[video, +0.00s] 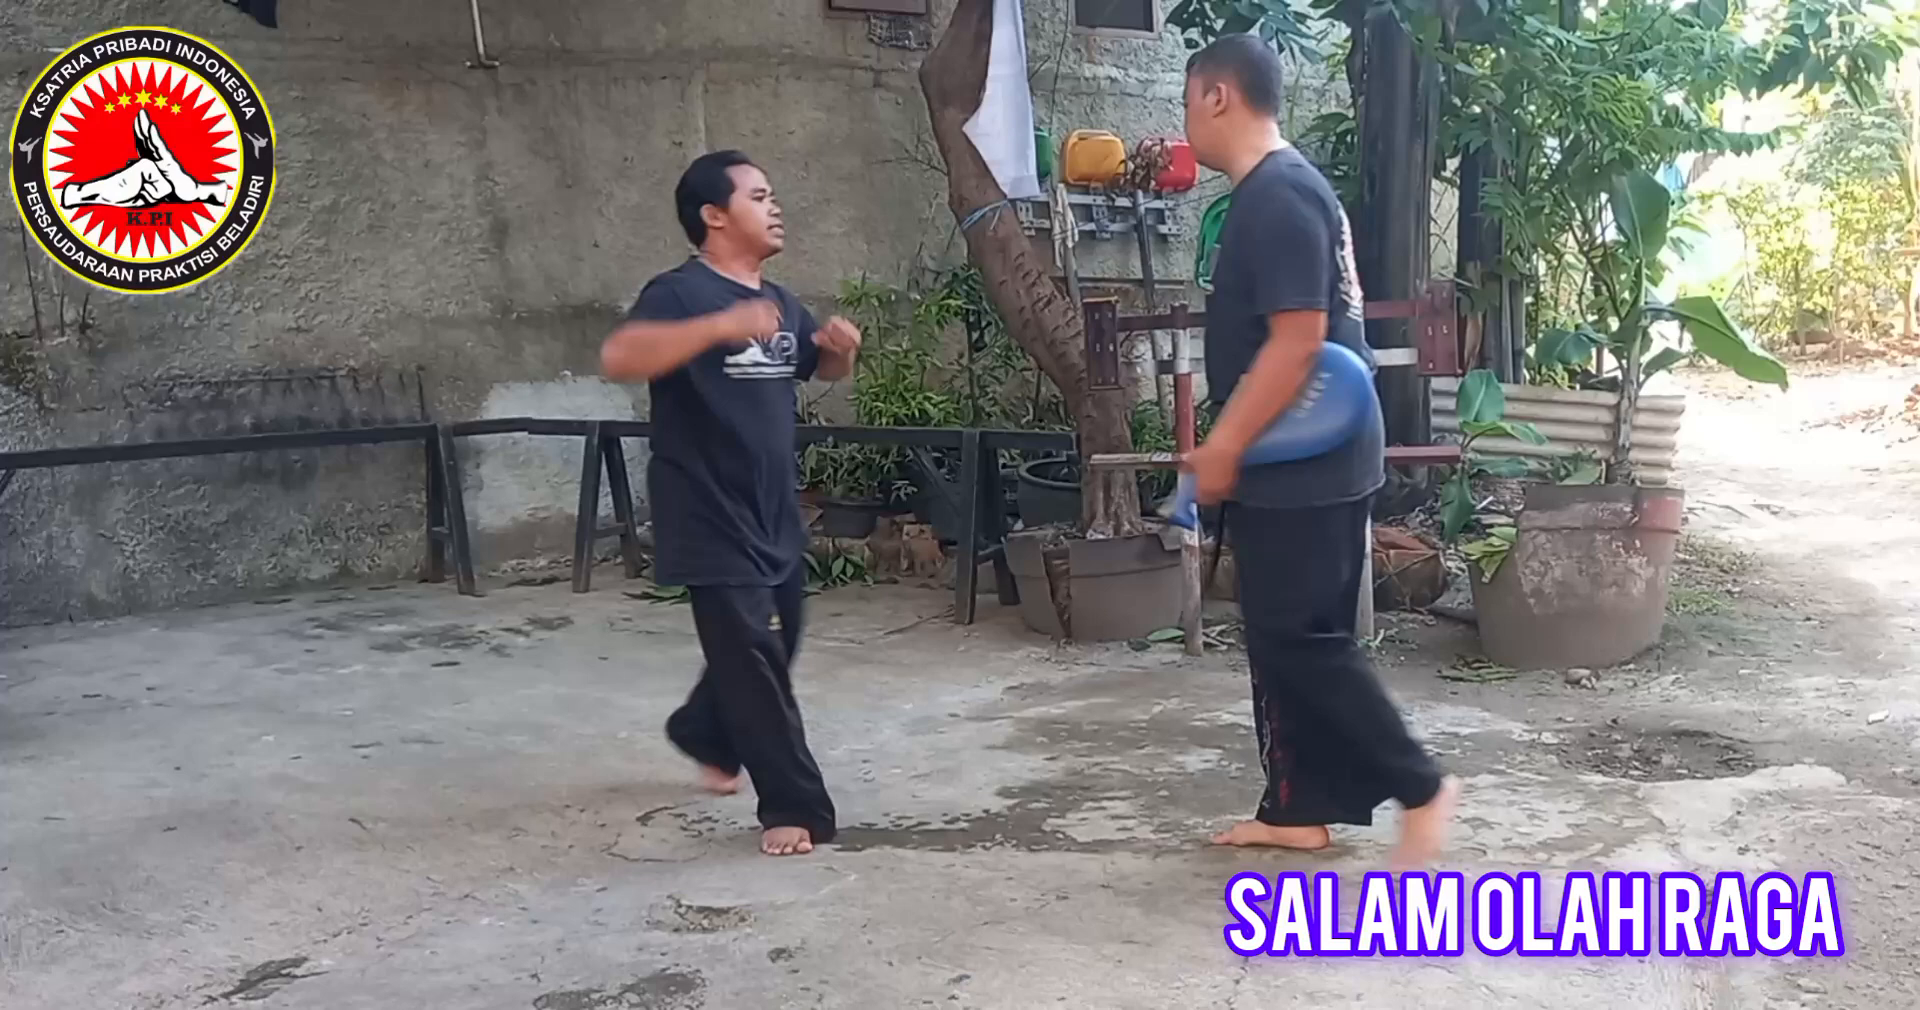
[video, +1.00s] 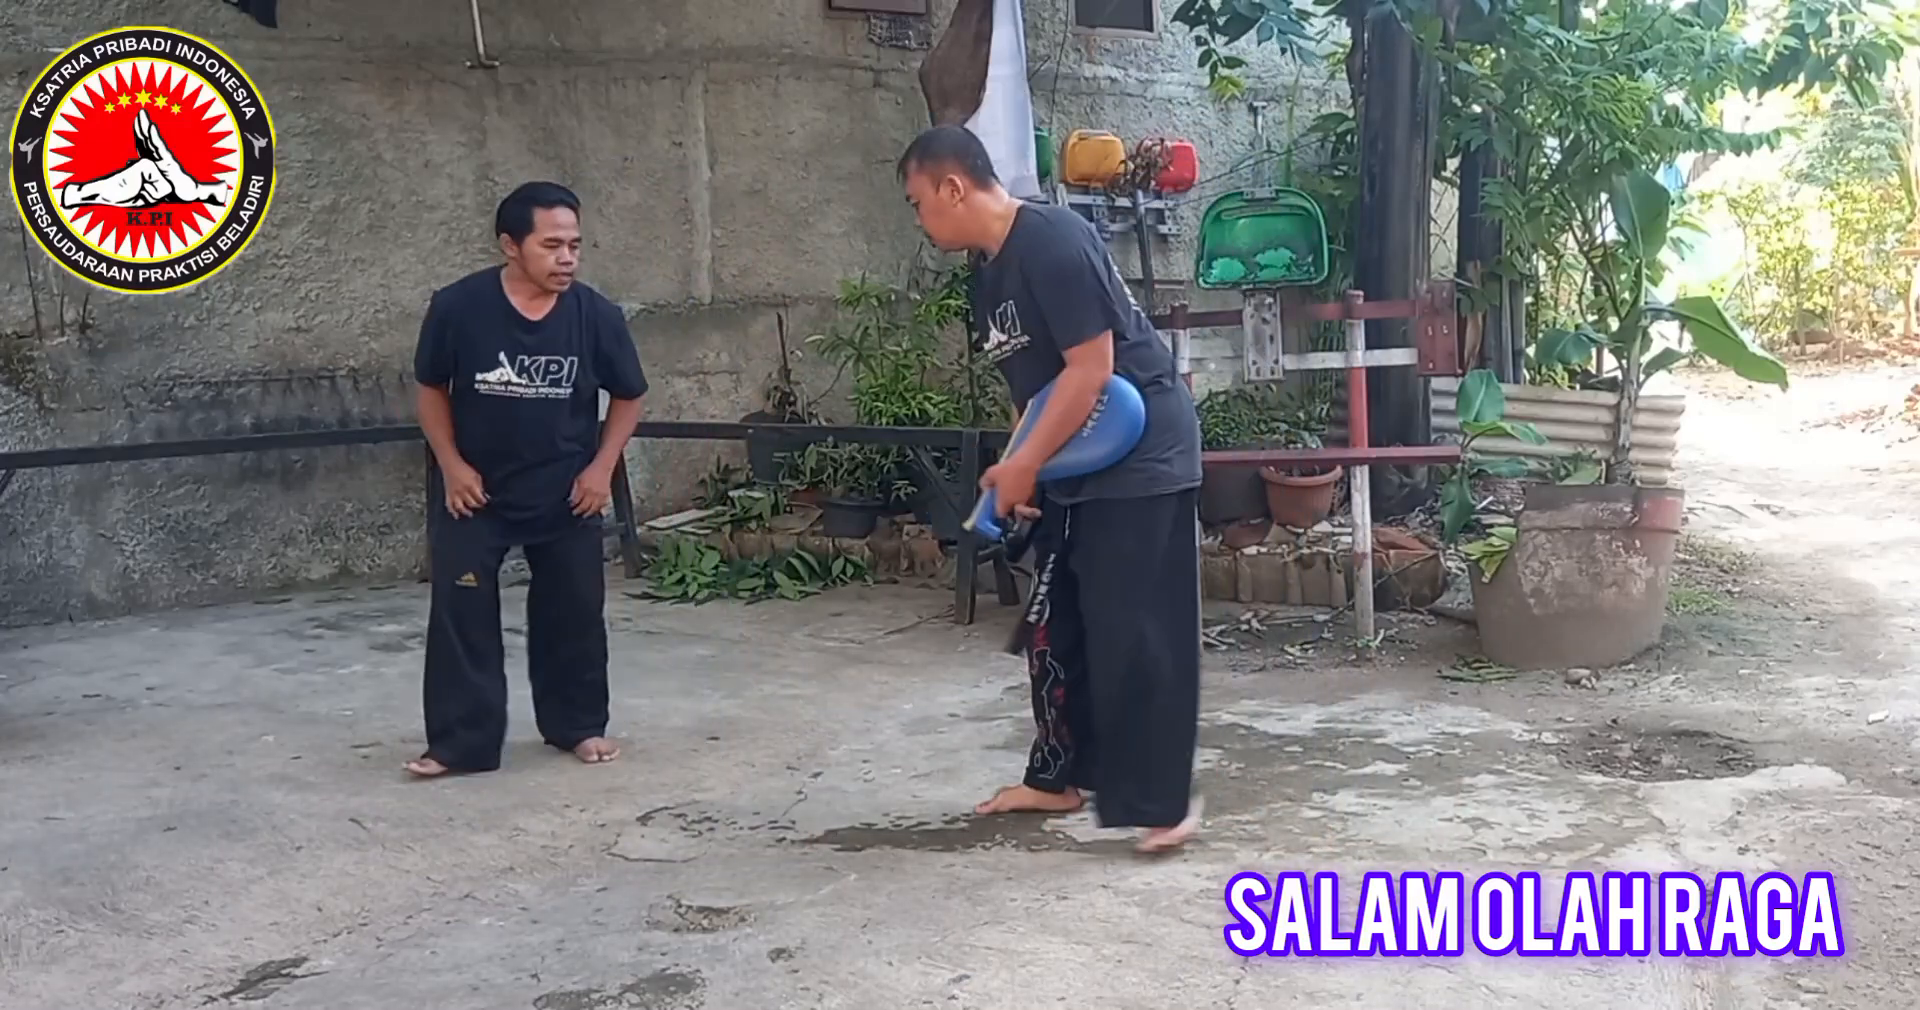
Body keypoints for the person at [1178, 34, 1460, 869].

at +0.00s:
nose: (1184, 124)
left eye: (1187, 105)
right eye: (1184, 106)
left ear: (1218, 97)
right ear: (1251, 97)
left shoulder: (1276, 194)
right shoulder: (1288, 185)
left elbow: (1297, 338)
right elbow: (1317, 328)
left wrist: (1222, 445)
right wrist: (1235, 437)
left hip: (1302, 468)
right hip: (1289, 466)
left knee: (1295, 639)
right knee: (1287, 638)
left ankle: (1422, 788)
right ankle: (1298, 814)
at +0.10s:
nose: (1170, 124)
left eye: (1173, 105)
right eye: (1171, 106)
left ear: (1202, 97)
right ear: (1242, 99)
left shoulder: (1250, 194)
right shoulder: (1281, 183)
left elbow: (1261, 339)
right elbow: (1280, 333)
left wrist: (1185, 437)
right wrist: (1196, 416)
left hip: (1275, 467)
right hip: (1311, 462)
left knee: (1241, 628)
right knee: (1305, 631)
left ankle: (1329, 814)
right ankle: (1305, 806)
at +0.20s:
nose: (1147, 128)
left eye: (1150, 109)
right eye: (1147, 111)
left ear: (1178, 102)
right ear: (1221, 103)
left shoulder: (1219, 197)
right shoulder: (1268, 184)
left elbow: (1225, 341)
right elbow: (1276, 328)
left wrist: (1156, 443)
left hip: (1244, 470)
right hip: (1306, 465)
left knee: (1199, 646)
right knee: (1299, 642)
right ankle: (1302, 816)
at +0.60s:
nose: (1013, 155)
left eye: (1015, 138)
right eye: (1013, 139)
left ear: (1044, 135)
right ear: (1086, 130)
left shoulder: (1088, 227)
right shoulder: (1144, 203)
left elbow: (1091, 372)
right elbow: (1162, 341)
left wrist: (1017, 468)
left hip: (1127, 465)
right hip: (1187, 456)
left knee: (1100, 636)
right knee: (1163, 615)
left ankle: (1105, 812)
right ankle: (1207, 749)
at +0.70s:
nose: (983, 161)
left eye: (985, 145)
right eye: (982, 145)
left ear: (1016, 141)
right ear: (1050, 137)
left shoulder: (1069, 225)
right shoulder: (1115, 203)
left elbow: (1061, 371)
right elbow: (1124, 345)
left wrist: (980, 461)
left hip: (1124, 463)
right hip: (1164, 451)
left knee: (1089, 632)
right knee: (1120, 617)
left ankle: (1100, 816)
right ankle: (1140, 758)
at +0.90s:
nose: (924, 217)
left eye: (923, 198)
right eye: (919, 200)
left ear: (958, 182)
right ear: (963, 182)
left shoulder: (1051, 238)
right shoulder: (1003, 260)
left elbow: (1078, 370)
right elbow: (1042, 375)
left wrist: (997, 456)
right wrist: (996, 452)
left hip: (1143, 450)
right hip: (1088, 454)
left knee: (1119, 626)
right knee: (1064, 619)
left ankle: (1115, 812)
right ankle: (1056, 778)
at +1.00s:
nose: (920, 225)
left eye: (920, 205)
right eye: (915, 208)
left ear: (954, 188)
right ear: (958, 189)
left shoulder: (1051, 239)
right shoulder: (990, 276)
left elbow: (1093, 368)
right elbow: (1031, 389)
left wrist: (1022, 463)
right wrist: (1021, 472)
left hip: (1144, 462)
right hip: (1078, 467)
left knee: (1139, 628)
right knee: (1059, 623)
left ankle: (1164, 804)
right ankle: (1058, 779)